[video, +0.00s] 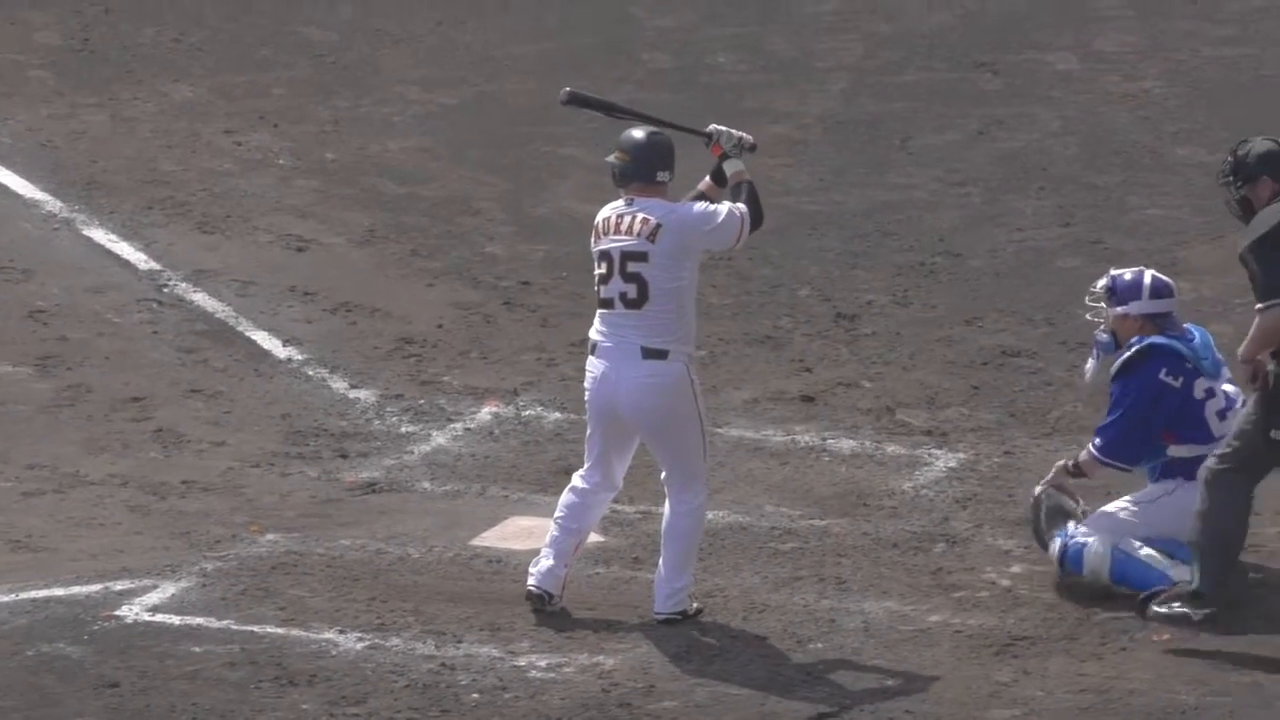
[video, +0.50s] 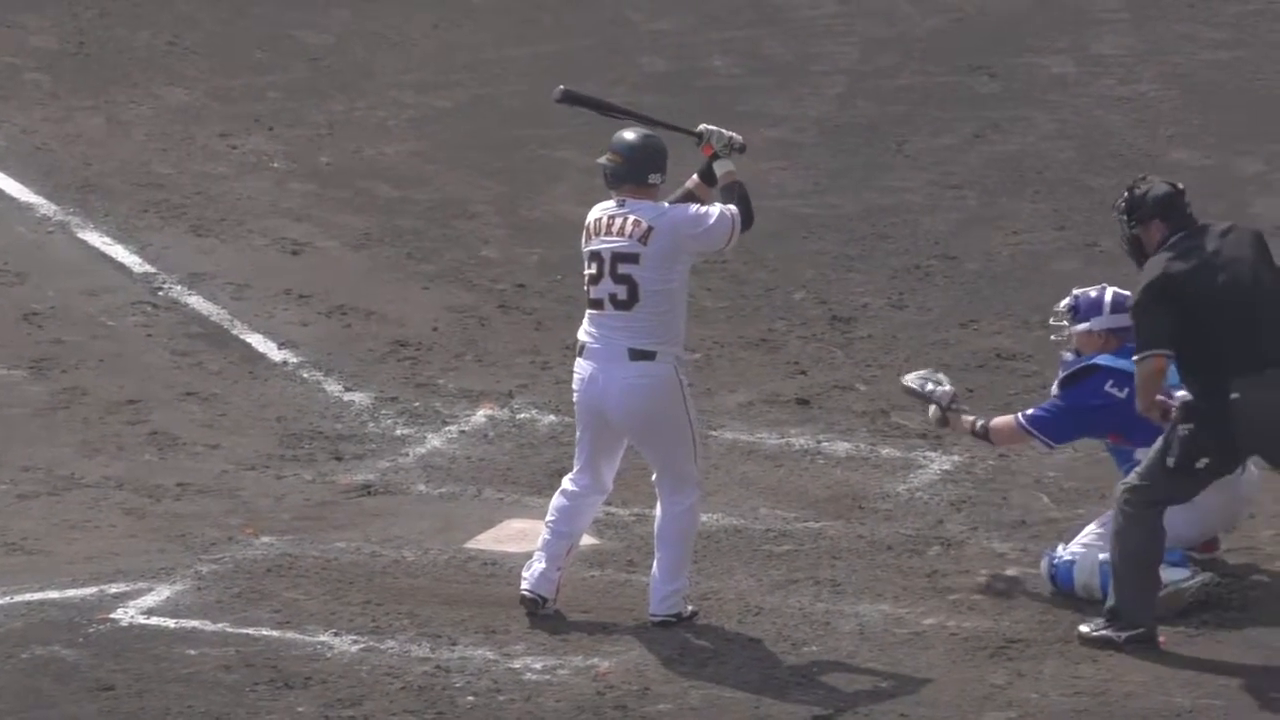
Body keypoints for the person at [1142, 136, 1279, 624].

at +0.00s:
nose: (1242, 196)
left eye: (1246, 186)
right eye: (1241, 186)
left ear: (1267, 186)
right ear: (1270, 186)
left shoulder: (1267, 233)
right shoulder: (1267, 230)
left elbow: (1270, 318)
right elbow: (1270, 317)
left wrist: (1247, 355)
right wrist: (1259, 355)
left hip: (1274, 387)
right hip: (1273, 385)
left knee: (1225, 472)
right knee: (1228, 469)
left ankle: (1210, 592)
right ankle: (1215, 583)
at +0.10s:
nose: (1224, 202)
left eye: (1229, 193)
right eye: (1223, 193)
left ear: (1252, 194)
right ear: (1261, 192)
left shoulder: (1256, 238)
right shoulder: (1268, 225)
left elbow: (1260, 322)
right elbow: (1263, 319)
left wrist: (1235, 366)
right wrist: (1243, 364)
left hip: (1273, 401)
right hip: (1269, 397)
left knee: (1223, 491)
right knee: (1226, 490)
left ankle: (1161, 605)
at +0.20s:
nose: (1196, 214)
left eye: (1199, 205)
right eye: (1196, 205)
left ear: (1220, 204)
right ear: (1246, 197)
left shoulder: (1224, 255)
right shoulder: (1274, 226)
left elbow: (1225, 337)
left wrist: (1202, 382)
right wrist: (1226, 377)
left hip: (1262, 402)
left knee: (1188, 505)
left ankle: (1142, 619)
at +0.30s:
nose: (1169, 220)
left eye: (1173, 211)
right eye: (1168, 211)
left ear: (1194, 213)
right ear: (1218, 207)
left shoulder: (1192, 268)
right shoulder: (1270, 237)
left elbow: (1188, 350)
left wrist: (1172, 391)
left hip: (1242, 404)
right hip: (1275, 398)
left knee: (1156, 499)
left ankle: (1134, 621)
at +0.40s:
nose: (1146, 232)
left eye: (1149, 223)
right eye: (1144, 222)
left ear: (1168, 223)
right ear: (1200, 211)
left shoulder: (1167, 276)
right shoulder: (1261, 239)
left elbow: (1159, 361)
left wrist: (1155, 398)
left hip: (1232, 406)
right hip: (1274, 395)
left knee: (1141, 500)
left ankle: (1133, 623)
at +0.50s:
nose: (1135, 238)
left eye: (1137, 228)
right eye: (1133, 228)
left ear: (1155, 227)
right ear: (1184, 215)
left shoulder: (1160, 280)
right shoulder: (1247, 238)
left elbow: (1154, 363)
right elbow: (1270, 306)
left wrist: (1148, 403)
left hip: (1227, 408)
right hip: (1272, 397)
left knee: (1137, 498)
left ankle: (1131, 622)